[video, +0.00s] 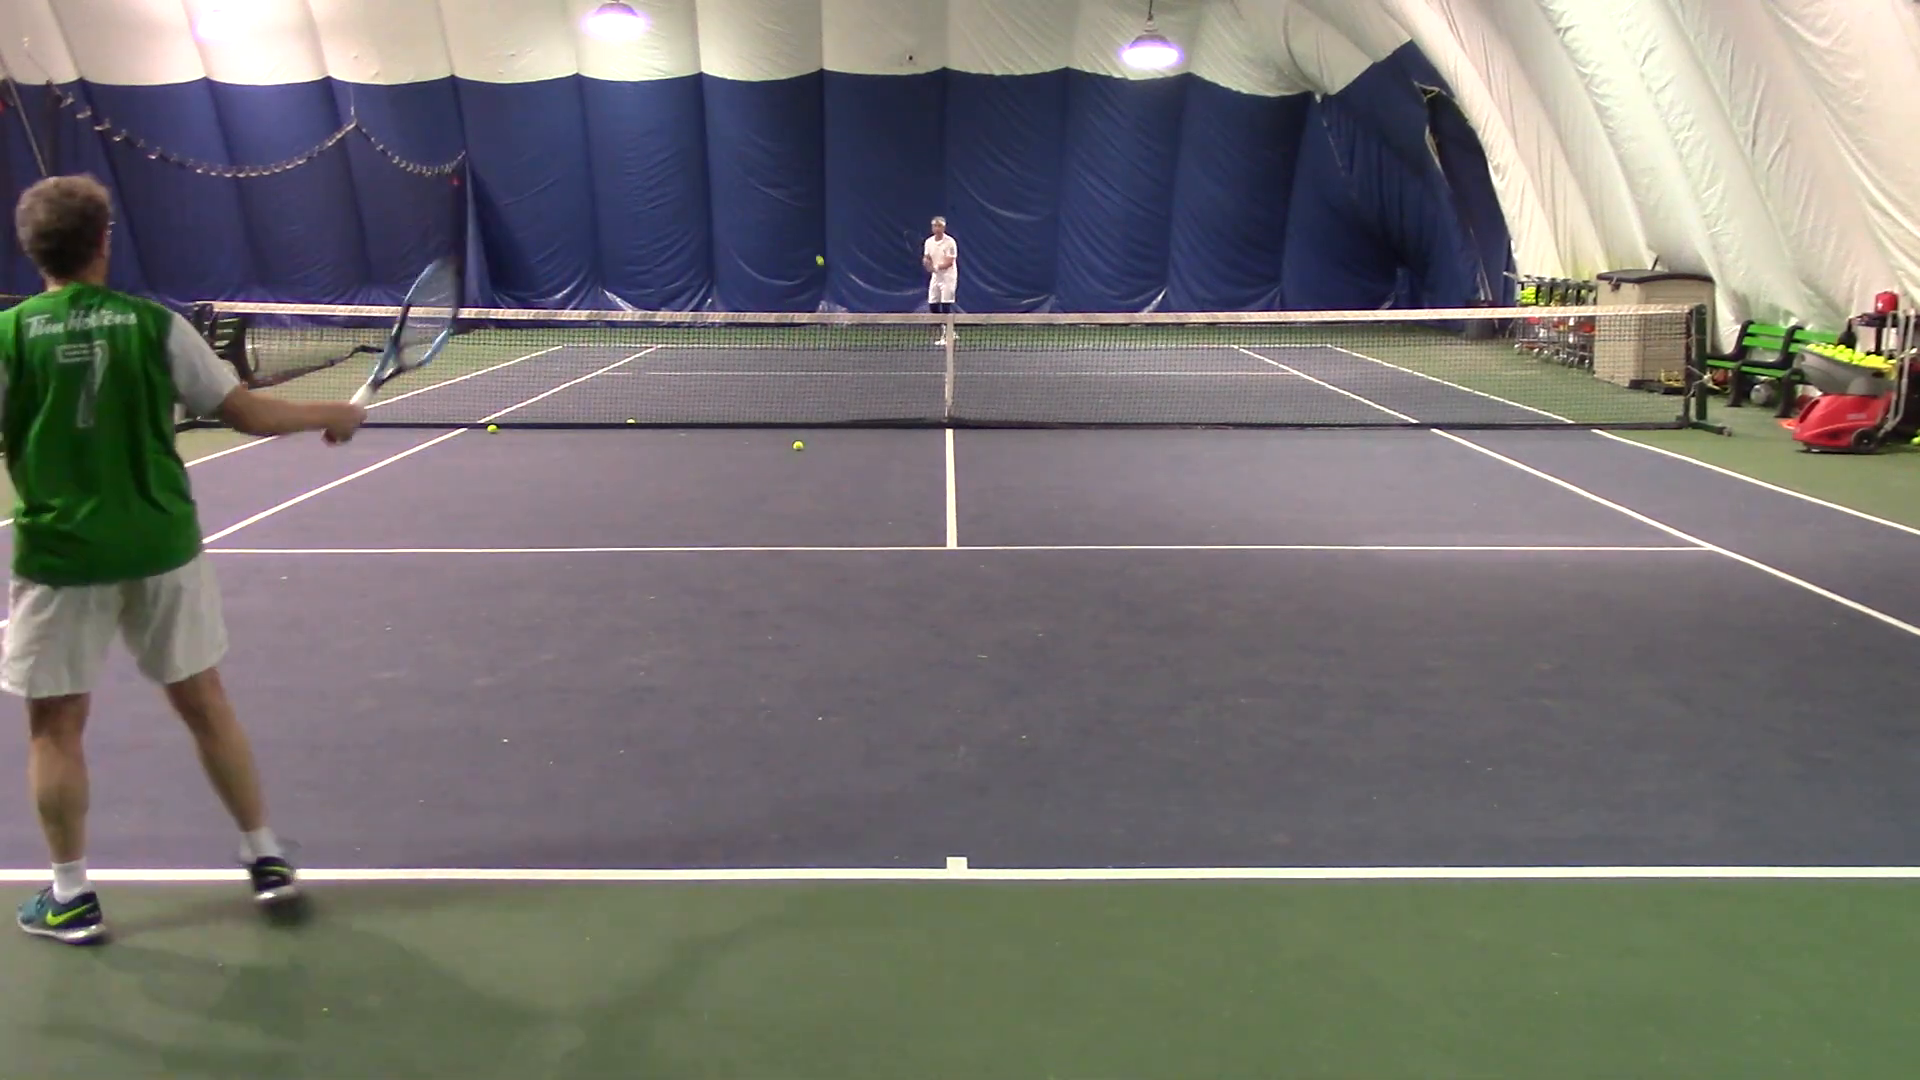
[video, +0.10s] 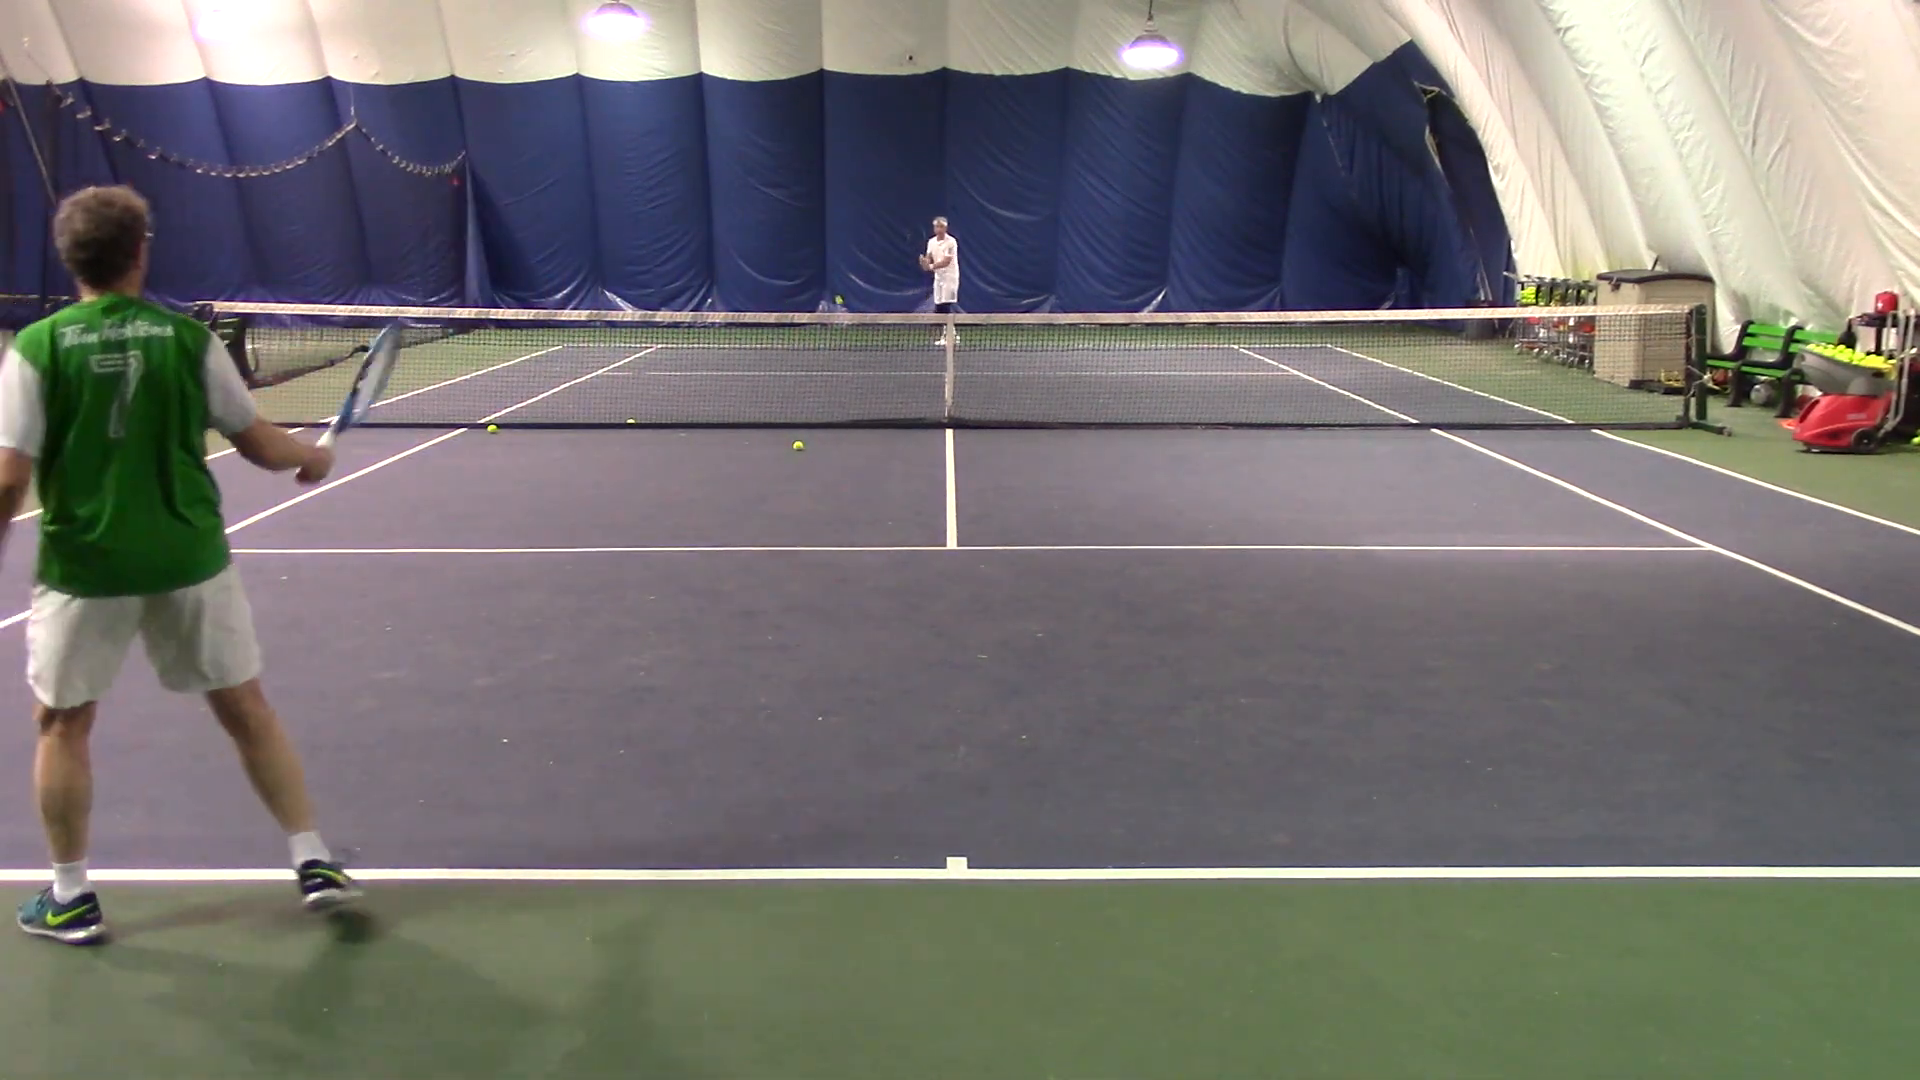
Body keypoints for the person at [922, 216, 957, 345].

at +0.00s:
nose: (937, 229)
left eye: (940, 226)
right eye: (935, 226)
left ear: (944, 227)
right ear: (932, 227)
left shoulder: (950, 242)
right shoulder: (928, 242)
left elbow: (951, 260)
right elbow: (926, 257)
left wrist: (939, 266)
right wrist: (928, 264)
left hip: (947, 276)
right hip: (935, 275)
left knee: (945, 305)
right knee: (933, 304)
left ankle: (948, 333)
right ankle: (943, 330)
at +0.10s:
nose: (938, 229)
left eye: (941, 226)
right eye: (936, 226)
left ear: (946, 227)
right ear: (934, 228)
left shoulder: (951, 242)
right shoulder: (931, 242)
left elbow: (947, 260)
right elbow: (929, 258)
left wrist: (933, 266)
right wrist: (925, 262)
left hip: (949, 276)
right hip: (938, 276)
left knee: (946, 305)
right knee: (938, 306)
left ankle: (948, 333)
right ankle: (949, 332)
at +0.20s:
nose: (939, 230)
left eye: (942, 227)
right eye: (937, 227)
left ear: (946, 228)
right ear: (936, 229)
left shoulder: (951, 243)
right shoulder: (935, 242)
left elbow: (940, 257)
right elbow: (928, 255)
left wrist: (925, 264)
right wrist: (919, 259)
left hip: (952, 277)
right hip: (942, 278)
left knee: (946, 305)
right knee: (941, 306)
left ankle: (950, 333)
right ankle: (949, 333)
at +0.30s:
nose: (940, 230)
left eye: (943, 228)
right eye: (939, 228)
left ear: (948, 228)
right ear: (937, 229)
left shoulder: (951, 242)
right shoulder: (939, 241)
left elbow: (936, 255)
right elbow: (930, 251)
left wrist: (921, 259)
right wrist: (918, 255)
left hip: (954, 275)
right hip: (944, 276)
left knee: (947, 304)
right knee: (943, 305)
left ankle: (952, 335)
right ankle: (951, 334)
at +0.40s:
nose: (942, 231)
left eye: (945, 228)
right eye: (940, 228)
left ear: (950, 229)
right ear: (938, 229)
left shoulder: (951, 243)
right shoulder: (942, 241)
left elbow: (936, 254)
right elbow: (932, 251)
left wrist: (921, 259)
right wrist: (918, 254)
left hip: (955, 276)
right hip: (947, 276)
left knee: (950, 304)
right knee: (945, 305)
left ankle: (957, 334)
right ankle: (951, 334)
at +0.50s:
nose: (944, 232)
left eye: (947, 229)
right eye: (942, 229)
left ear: (952, 229)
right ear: (940, 229)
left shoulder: (951, 243)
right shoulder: (946, 242)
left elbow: (937, 255)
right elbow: (937, 253)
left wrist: (923, 259)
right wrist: (922, 256)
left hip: (956, 276)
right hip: (950, 276)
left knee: (953, 304)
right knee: (947, 305)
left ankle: (963, 334)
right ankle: (952, 334)